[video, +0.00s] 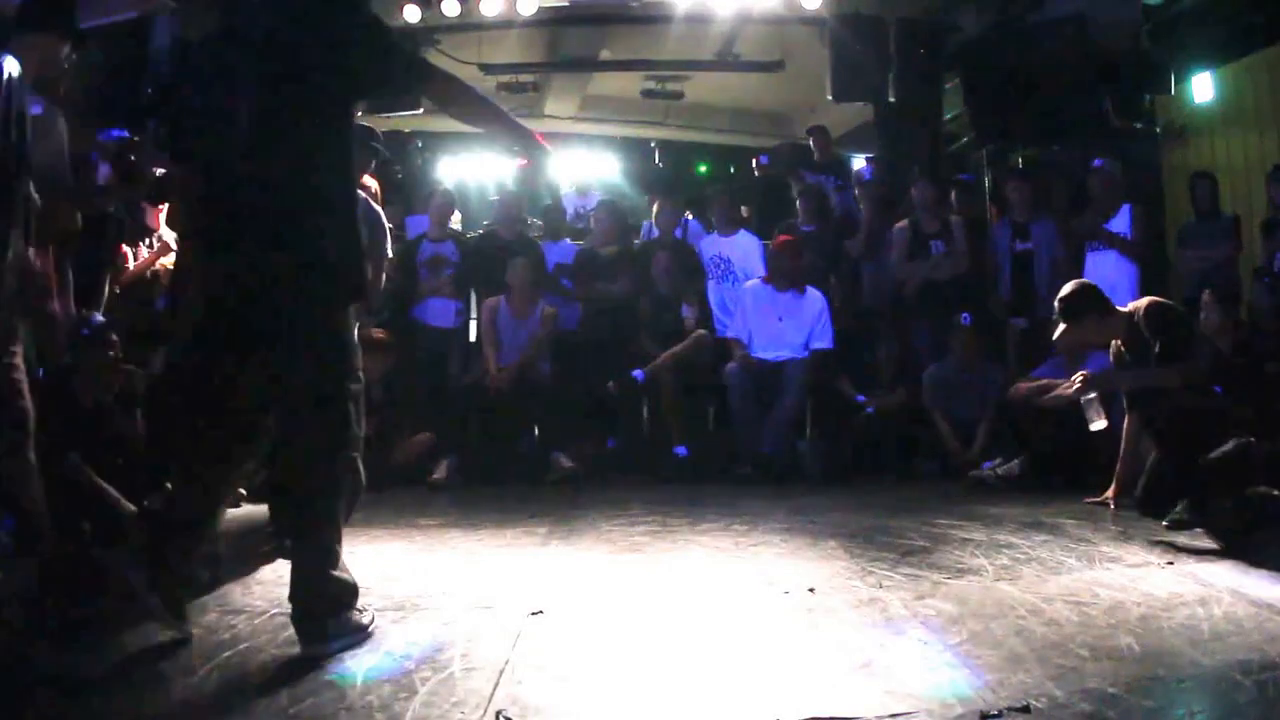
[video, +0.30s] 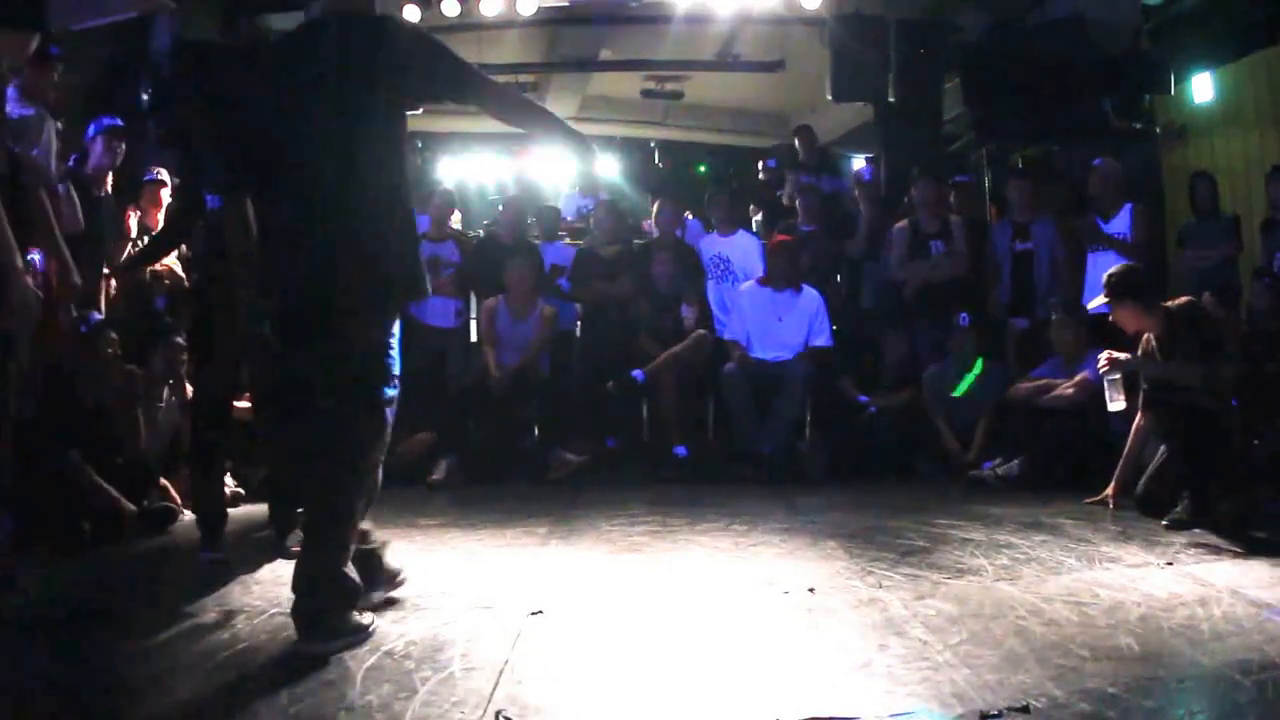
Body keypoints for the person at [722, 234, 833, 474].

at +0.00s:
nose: (790, 264)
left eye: (793, 258)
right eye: (784, 258)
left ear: (800, 261)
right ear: (771, 262)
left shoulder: (814, 299)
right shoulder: (750, 292)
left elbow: (821, 347)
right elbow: (735, 336)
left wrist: (807, 364)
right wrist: (742, 355)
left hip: (792, 360)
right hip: (758, 359)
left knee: (798, 373)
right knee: (734, 373)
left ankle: (773, 450)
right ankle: (748, 451)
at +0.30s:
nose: (781, 265)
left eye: (786, 259)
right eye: (776, 259)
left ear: (795, 263)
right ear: (767, 262)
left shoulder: (811, 298)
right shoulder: (747, 293)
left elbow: (821, 346)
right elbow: (733, 338)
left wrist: (800, 360)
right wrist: (741, 356)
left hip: (790, 362)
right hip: (755, 361)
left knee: (799, 375)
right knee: (730, 374)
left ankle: (777, 448)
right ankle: (750, 448)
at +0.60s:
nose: (778, 268)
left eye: (783, 261)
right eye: (773, 261)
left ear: (794, 263)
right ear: (766, 263)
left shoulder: (809, 297)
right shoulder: (745, 293)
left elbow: (821, 344)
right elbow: (732, 338)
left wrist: (800, 359)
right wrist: (738, 354)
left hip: (788, 360)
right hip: (755, 359)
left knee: (801, 375)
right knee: (732, 373)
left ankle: (776, 444)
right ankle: (746, 444)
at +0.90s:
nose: (779, 266)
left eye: (784, 260)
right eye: (774, 260)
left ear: (794, 262)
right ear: (765, 262)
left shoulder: (809, 298)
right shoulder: (744, 293)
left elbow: (820, 346)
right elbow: (733, 338)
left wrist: (800, 361)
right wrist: (739, 356)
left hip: (788, 362)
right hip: (755, 362)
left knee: (800, 376)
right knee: (730, 374)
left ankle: (772, 448)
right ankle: (749, 448)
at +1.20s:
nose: (774, 264)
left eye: (781, 258)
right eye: (771, 258)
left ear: (793, 262)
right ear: (764, 260)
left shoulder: (810, 298)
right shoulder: (746, 292)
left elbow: (821, 346)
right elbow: (734, 338)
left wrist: (801, 362)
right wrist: (739, 356)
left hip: (789, 362)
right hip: (755, 362)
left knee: (799, 377)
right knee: (730, 375)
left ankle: (772, 449)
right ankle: (750, 449)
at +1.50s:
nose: (795, 265)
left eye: (797, 258)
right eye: (787, 258)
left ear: (801, 261)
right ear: (774, 261)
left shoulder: (813, 300)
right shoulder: (749, 292)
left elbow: (821, 349)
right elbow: (736, 338)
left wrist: (800, 361)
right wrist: (737, 357)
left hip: (789, 361)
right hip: (755, 361)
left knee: (799, 376)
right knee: (730, 375)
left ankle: (774, 446)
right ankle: (746, 445)